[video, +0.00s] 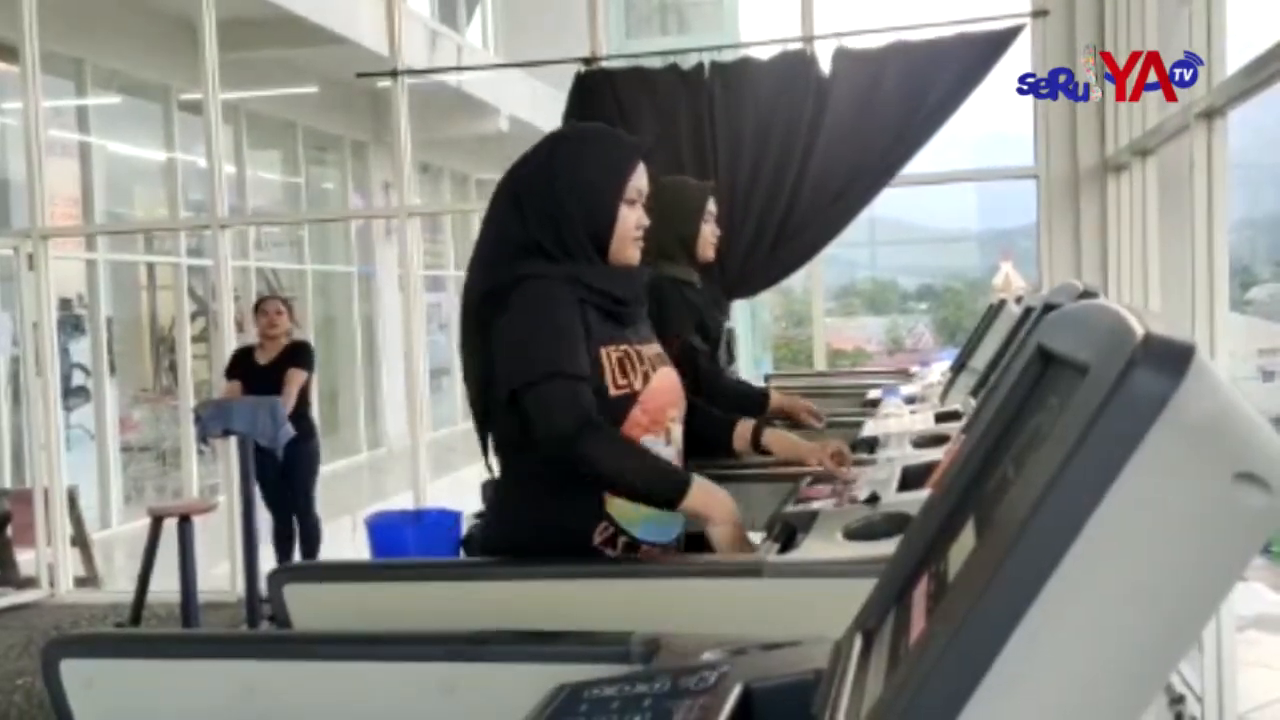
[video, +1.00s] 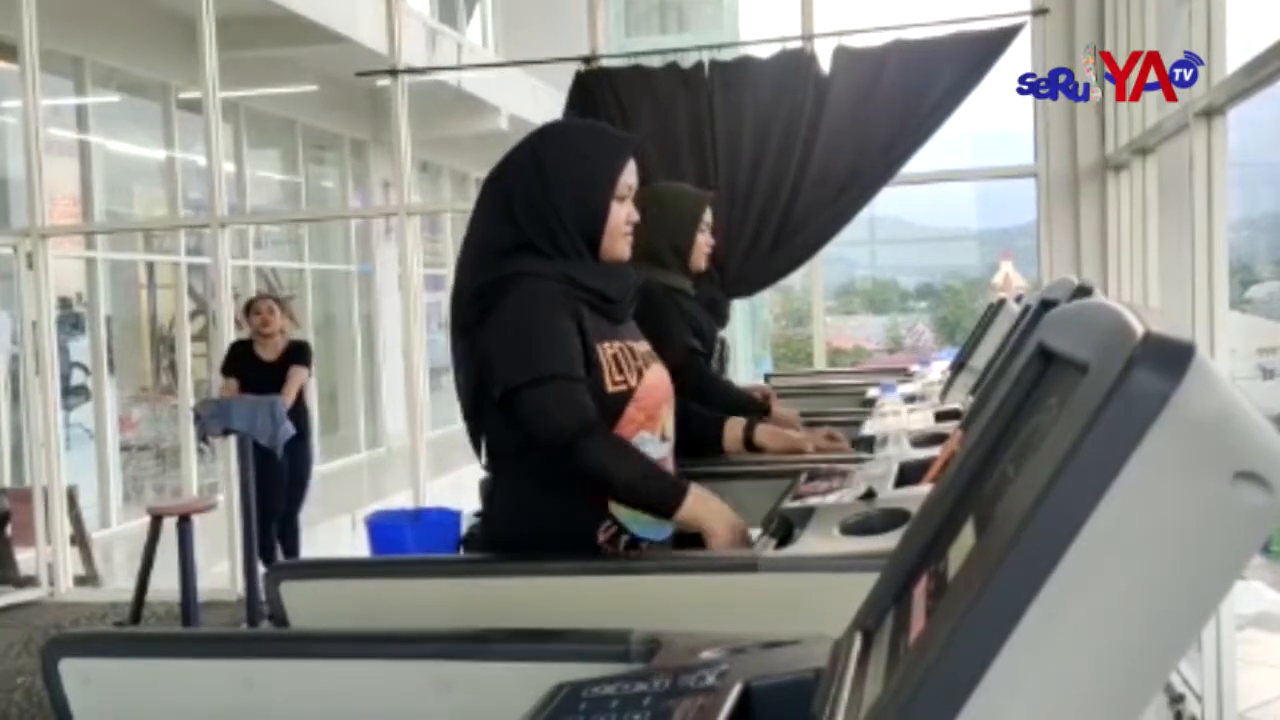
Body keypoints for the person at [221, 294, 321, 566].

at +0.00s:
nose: (272, 319)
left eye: (278, 313)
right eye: (264, 314)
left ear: (289, 319)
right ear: (256, 321)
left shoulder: (300, 350)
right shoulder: (242, 356)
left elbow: (291, 390)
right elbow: (231, 396)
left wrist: (276, 422)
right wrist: (221, 422)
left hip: (298, 435)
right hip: (260, 437)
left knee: (302, 504)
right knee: (280, 510)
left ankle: (309, 568)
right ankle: (284, 570)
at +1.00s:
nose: (264, 318)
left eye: (270, 312)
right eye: (257, 314)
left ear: (282, 317)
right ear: (248, 321)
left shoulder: (298, 350)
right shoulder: (239, 350)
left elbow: (291, 389)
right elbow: (229, 393)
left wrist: (273, 418)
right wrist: (242, 417)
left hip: (293, 431)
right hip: (254, 431)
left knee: (288, 506)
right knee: (262, 504)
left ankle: (292, 568)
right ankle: (269, 567)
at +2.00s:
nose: (254, 318)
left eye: (263, 313)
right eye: (251, 313)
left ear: (279, 320)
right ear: (246, 319)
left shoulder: (284, 350)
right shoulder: (242, 357)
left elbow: (283, 399)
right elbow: (226, 395)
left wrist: (267, 430)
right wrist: (210, 420)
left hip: (287, 434)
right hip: (260, 437)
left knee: (289, 504)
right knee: (280, 506)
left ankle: (294, 566)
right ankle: (294, 564)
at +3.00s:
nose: (245, 327)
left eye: (251, 321)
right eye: (242, 322)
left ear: (271, 324)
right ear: (238, 327)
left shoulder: (291, 361)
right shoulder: (230, 362)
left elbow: (283, 403)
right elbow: (218, 404)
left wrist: (263, 432)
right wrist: (210, 429)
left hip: (286, 444)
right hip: (247, 445)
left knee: (286, 513)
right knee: (257, 517)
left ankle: (293, 574)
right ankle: (261, 577)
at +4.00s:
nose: (251, 329)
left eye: (257, 322)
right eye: (245, 324)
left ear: (272, 324)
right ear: (238, 329)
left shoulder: (290, 357)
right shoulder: (230, 354)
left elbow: (282, 396)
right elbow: (220, 396)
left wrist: (263, 428)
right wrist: (217, 428)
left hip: (285, 439)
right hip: (246, 440)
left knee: (285, 513)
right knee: (254, 514)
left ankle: (288, 572)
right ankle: (257, 574)